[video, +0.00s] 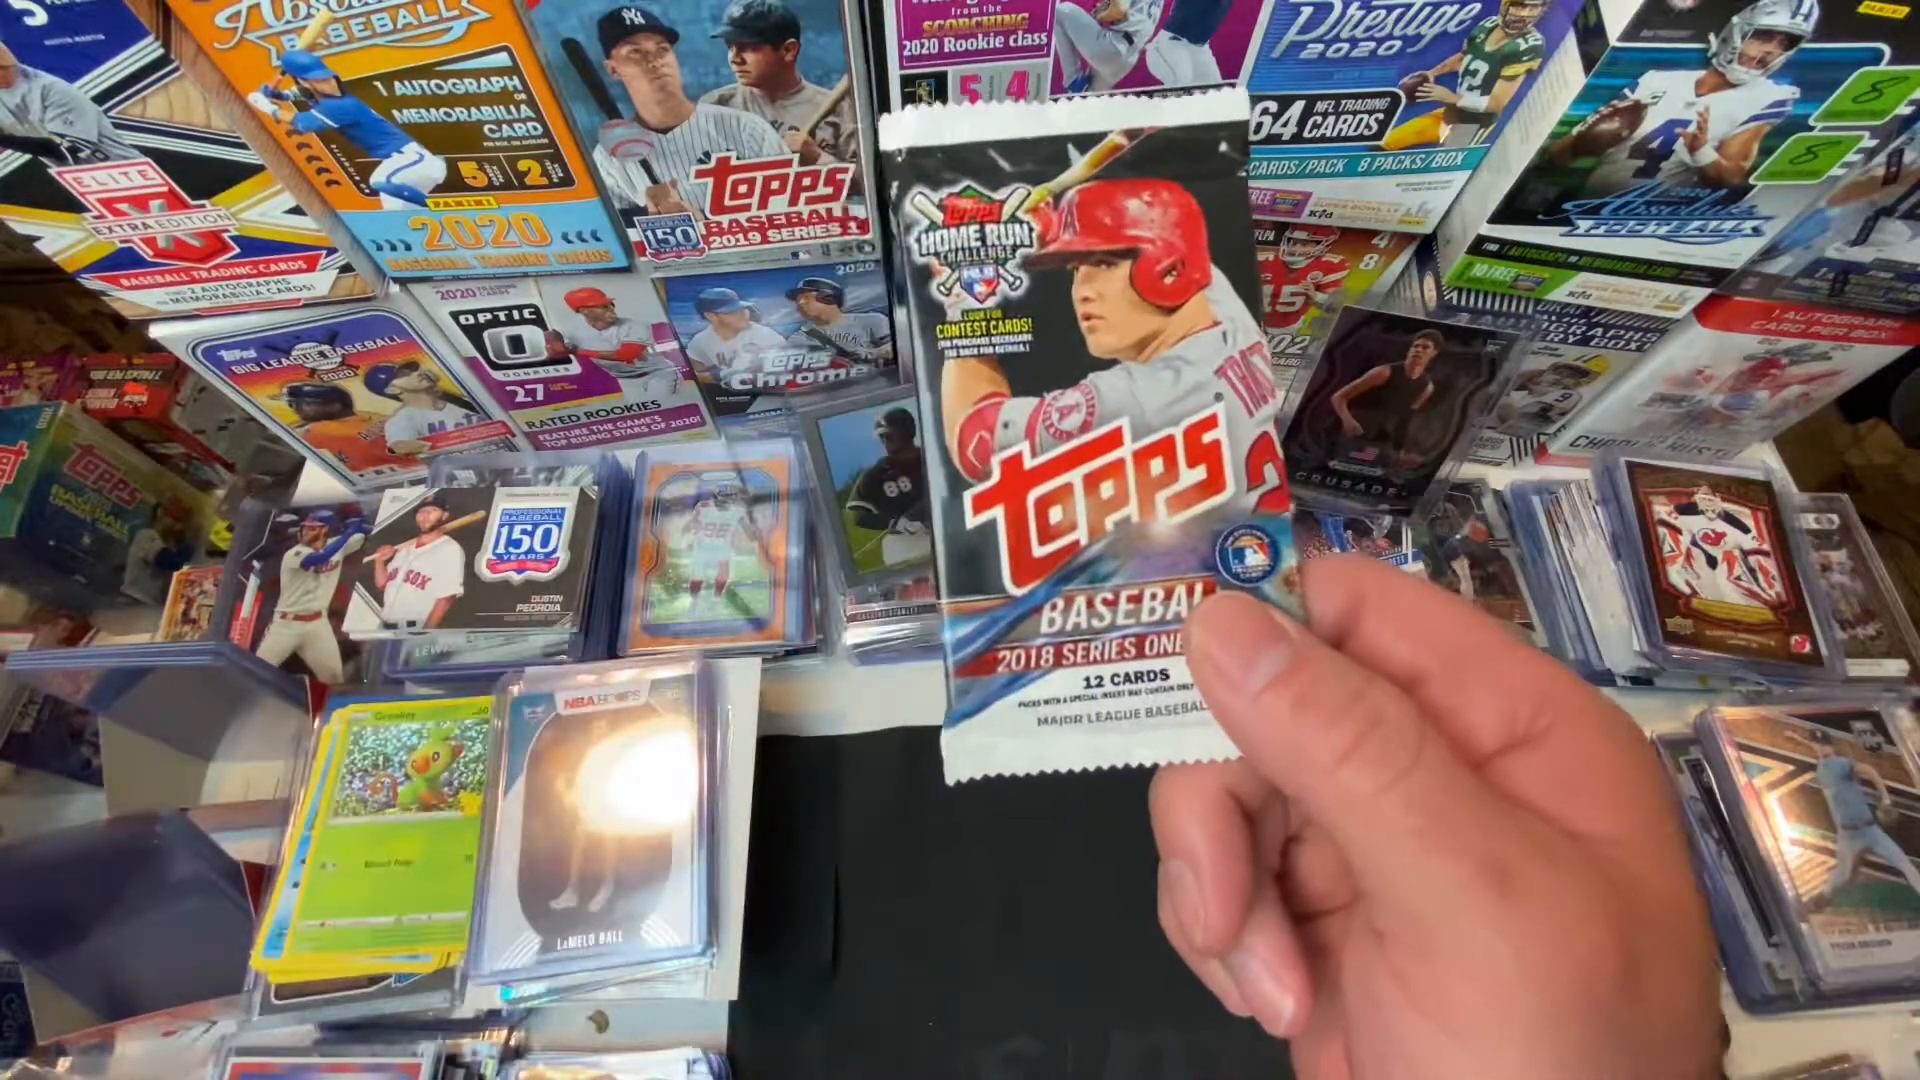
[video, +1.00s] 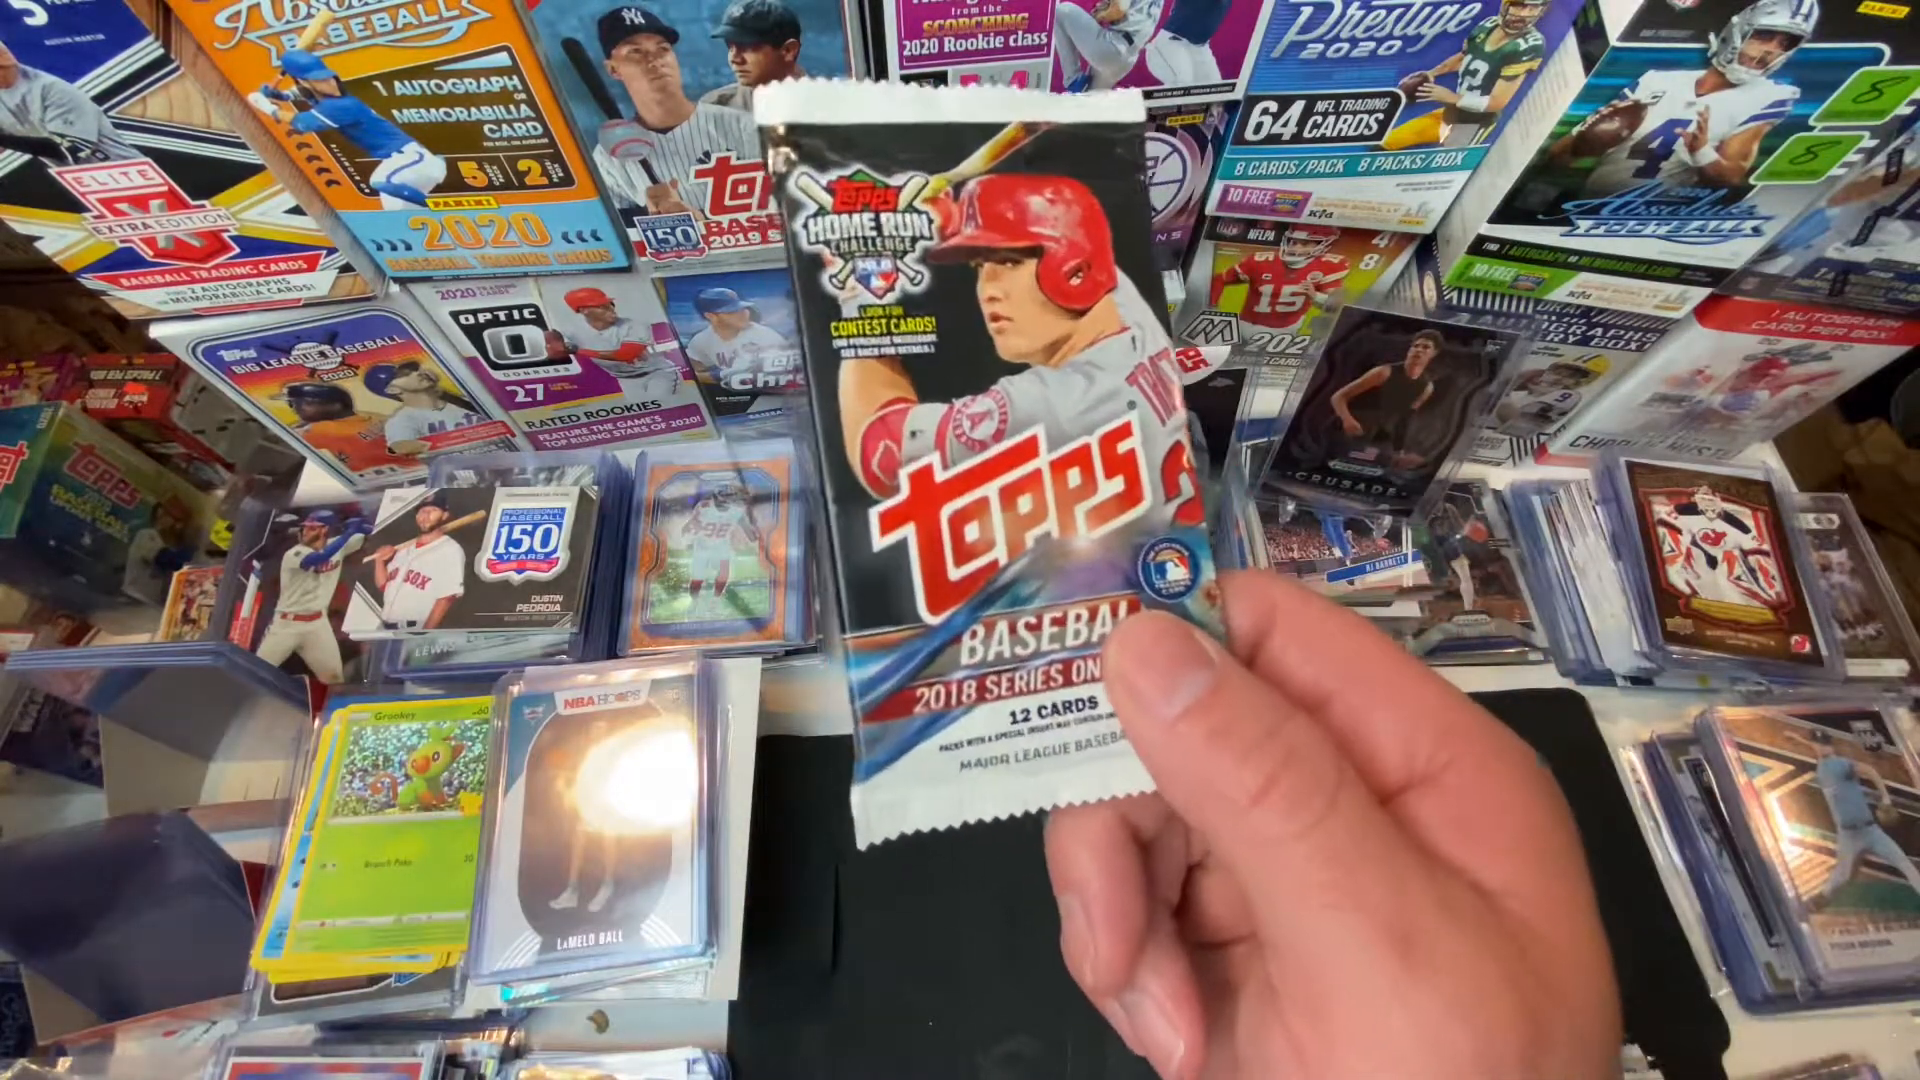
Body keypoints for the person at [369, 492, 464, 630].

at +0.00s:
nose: (425, 517)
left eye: (431, 512)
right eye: (421, 511)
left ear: (444, 516)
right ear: (416, 516)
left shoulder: (451, 549)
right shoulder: (405, 548)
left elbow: (446, 598)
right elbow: (381, 585)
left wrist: (425, 634)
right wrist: (379, 561)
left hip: (416, 630)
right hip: (387, 627)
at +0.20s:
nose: (425, 516)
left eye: (432, 511)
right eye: (422, 511)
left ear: (445, 516)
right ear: (416, 515)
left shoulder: (450, 549)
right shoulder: (405, 548)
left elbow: (447, 598)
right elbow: (382, 585)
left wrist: (425, 634)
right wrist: (379, 561)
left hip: (416, 630)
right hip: (386, 627)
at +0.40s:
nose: (425, 516)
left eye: (432, 511)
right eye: (422, 511)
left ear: (444, 516)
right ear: (416, 515)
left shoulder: (451, 549)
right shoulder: (405, 548)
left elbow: (447, 598)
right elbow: (382, 585)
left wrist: (425, 633)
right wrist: (379, 561)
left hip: (416, 630)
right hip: (386, 627)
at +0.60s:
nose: (426, 516)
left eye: (433, 511)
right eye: (422, 511)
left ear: (444, 515)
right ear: (416, 515)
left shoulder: (450, 550)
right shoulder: (405, 548)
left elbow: (447, 598)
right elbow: (382, 586)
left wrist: (424, 634)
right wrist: (379, 561)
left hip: (416, 630)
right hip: (386, 627)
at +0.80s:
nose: (426, 516)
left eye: (432, 511)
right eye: (422, 511)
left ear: (444, 515)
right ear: (416, 515)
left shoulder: (451, 550)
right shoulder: (406, 548)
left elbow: (446, 599)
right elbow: (382, 585)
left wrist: (424, 635)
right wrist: (379, 561)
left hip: (415, 631)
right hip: (386, 627)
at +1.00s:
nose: (425, 516)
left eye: (432, 511)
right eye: (422, 511)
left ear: (444, 516)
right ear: (416, 516)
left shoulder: (451, 550)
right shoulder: (406, 548)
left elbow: (446, 599)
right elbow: (382, 585)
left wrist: (424, 635)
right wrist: (379, 561)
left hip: (415, 631)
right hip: (386, 627)